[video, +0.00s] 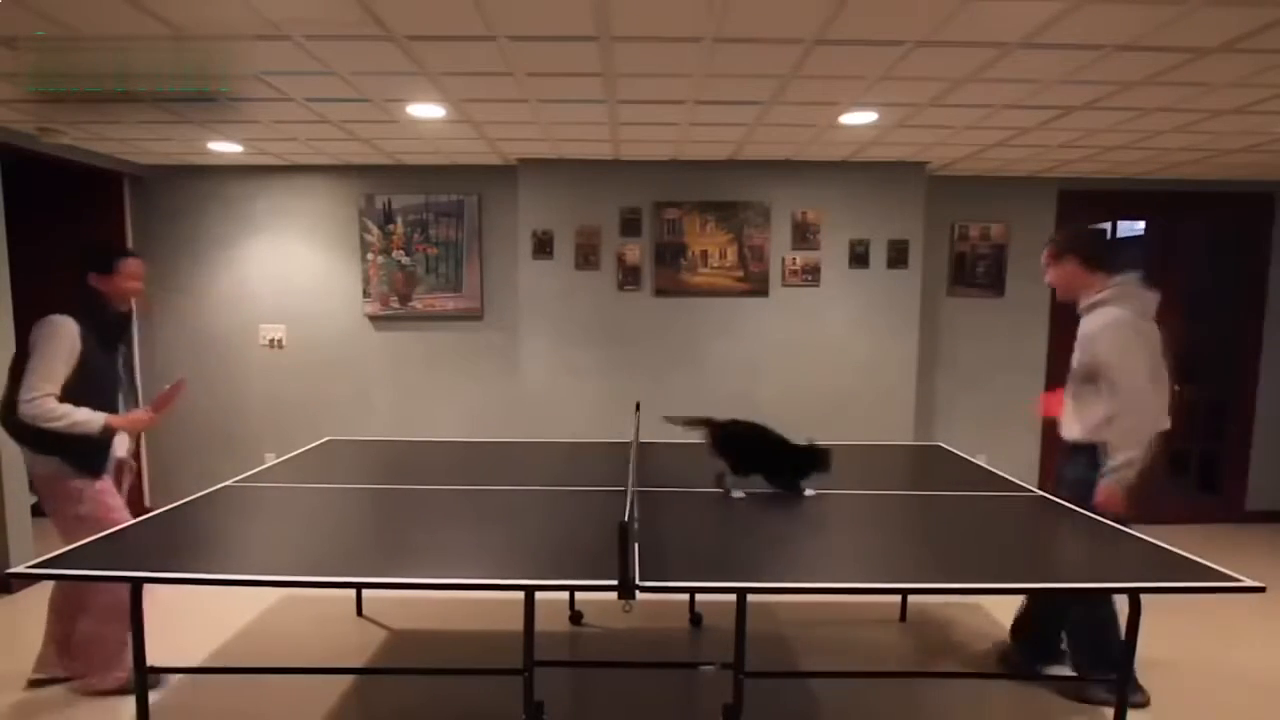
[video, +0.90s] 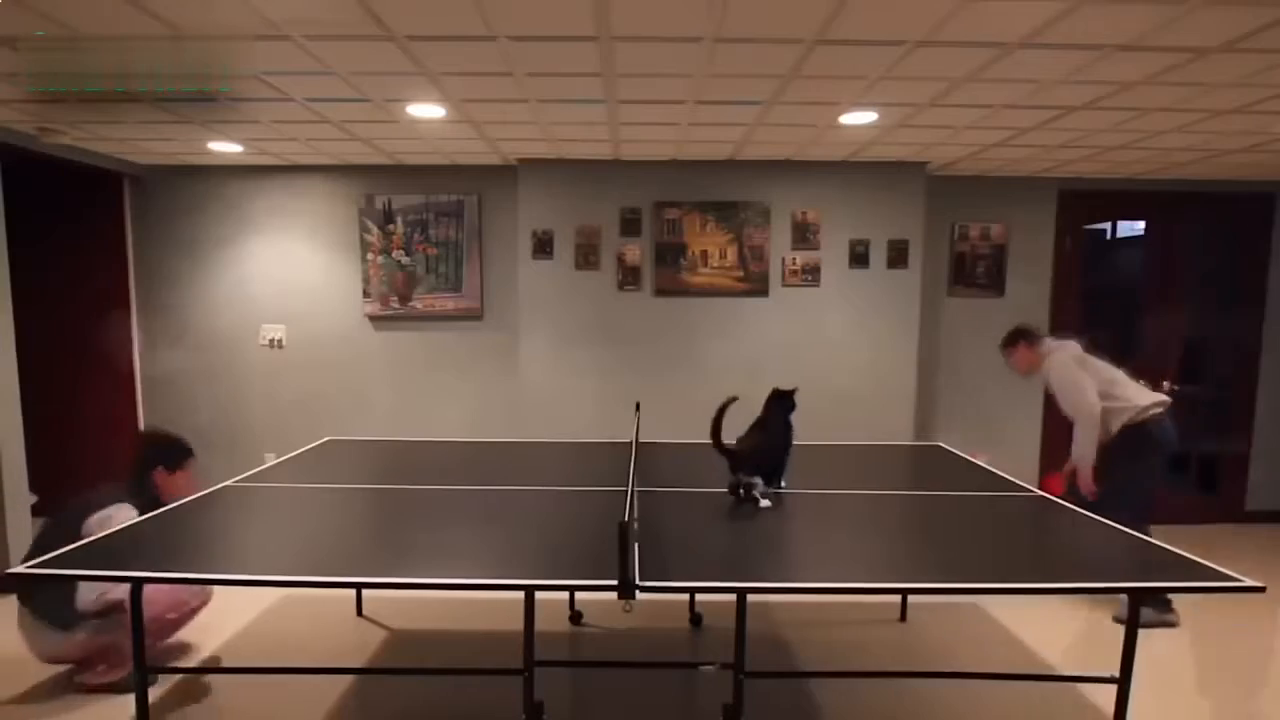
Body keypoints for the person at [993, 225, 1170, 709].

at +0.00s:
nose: (1049, 281)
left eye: (1052, 269)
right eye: (1047, 271)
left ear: (1079, 265)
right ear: (1078, 267)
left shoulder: (1117, 320)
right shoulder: (1099, 315)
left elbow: (1144, 406)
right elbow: (1109, 392)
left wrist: (1117, 475)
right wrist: (1063, 403)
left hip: (1096, 458)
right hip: (1079, 452)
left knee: (1082, 565)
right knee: (1058, 556)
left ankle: (1108, 674)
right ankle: (1032, 646)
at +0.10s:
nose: (1046, 295)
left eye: (1047, 285)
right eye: (1044, 285)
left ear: (1066, 280)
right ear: (1087, 278)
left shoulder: (1092, 329)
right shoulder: (1137, 319)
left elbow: (1107, 412)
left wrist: (1092, 486)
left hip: (1113, 458)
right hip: (1143, 452)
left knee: (1064, 561)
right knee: (1056, 540)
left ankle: (1110, 677)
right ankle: (1059, 634)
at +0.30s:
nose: (1065, 318)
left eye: (1064, 310)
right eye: (1063, 311)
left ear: (1079, 304)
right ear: (1104, 301)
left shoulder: (1085, 337)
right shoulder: (1142, 342)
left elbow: (1081, 397)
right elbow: (1165, 404)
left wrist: (1066, 459)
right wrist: (1145, 439)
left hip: (1106, 453)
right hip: (1143, 454)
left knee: (1088, 561)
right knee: (1105, 561)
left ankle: (1110, 670)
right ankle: (1100, 668)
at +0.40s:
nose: (1066, 326)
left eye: (1067, 317)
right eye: (1064, 319)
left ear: (1084, 313)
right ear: (1091, 313)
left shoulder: (1098, 340)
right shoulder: (1116, 340)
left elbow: (1095, 403)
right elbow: (1098, 410)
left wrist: (1075, 458)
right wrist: (1055, 441)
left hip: (1124, 446)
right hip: (1135, 444)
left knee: (1089, 540)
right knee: (1097, 540)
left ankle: (1093, 648)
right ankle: (1102, 638)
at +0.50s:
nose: (1055, 340)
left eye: (1057, 330)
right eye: (1052, 333)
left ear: (1074, 321)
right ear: (1070, 325)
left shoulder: (1108, 337)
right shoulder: (1088, 357)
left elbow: (1145, 385)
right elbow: (1065, 416)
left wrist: (1117, 436)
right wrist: (1011, 442)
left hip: (1147, 440)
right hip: (1125, 446)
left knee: (1089, 520)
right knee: (1087, 521)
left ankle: (1070, 621)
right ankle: (1066, 617)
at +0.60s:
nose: (1048, 336)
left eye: (1047, 327)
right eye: (1045, 330)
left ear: (1062, 316)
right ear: (1059, 321)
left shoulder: (1098, 325)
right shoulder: (1081, 351)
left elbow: (1146, 368)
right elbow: (1084, 419)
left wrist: (1143, 426)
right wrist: (1031, 447)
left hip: (1142, 428)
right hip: (1119, 430)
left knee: (1102, 512)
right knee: (1096, 512)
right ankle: (1111, 601)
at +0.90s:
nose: (1013, 367)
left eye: (1012, 358)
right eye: (1009, 361)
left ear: (1025, 347)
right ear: (1027, 348)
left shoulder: (1059, 361)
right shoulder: (1059, 359)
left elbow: (1088, 411)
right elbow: (1090, 416)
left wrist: (1085, 466)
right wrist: (1073, 465)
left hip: (1142, 431)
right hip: (1141, 430)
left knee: (1124, 517)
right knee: (1122, 516)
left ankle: (1153, 603)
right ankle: (1146, 599)